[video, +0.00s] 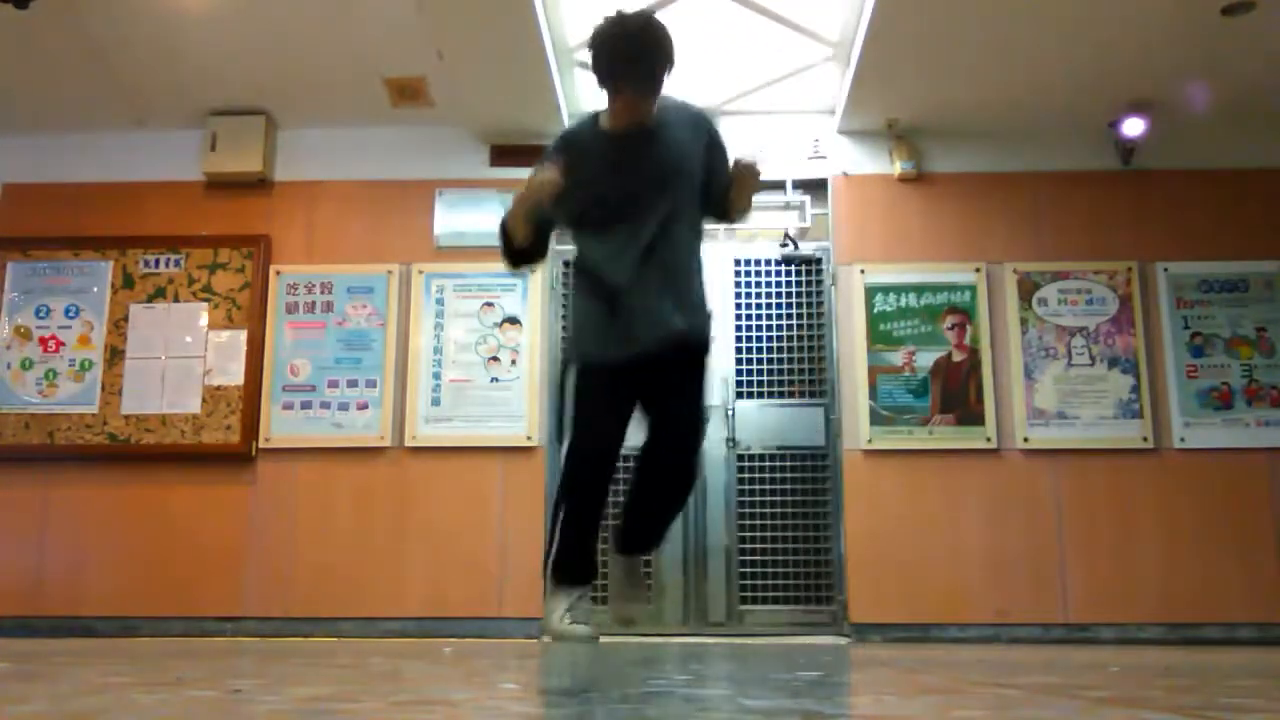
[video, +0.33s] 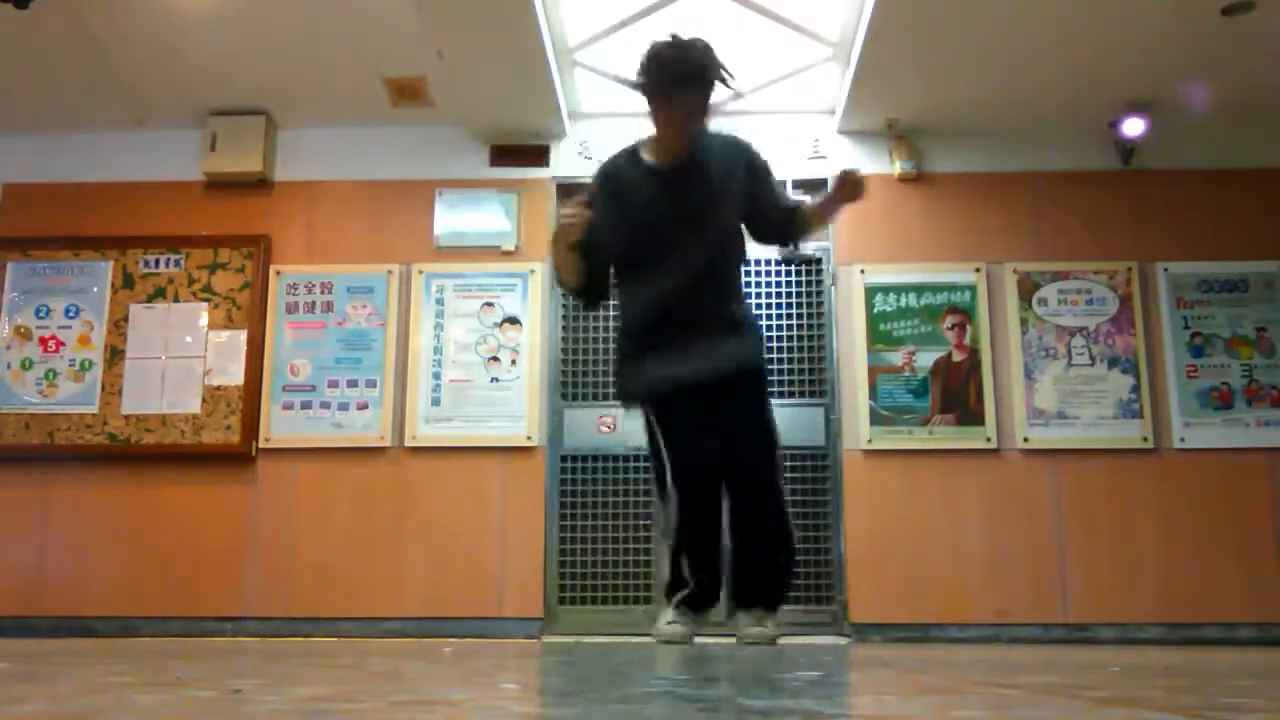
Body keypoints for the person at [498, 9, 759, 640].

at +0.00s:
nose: (640, 105)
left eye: (649, 92)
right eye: (629, 92)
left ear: (662, 79)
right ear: (606, 82)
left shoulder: (691, 130)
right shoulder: (575, 147)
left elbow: (719, 205)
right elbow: (520, 249)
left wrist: (738, 192)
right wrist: (531, 201)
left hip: (677, 320)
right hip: (601, 325)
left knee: (678, 451)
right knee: (593, 452)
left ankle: (633, 549)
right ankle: (569, 588)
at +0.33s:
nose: (692, 121)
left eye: (699, 108)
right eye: (682, 109)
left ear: (709, 103)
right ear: (654, 105)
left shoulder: (733, 160)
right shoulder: (616, 178)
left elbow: (777, 227)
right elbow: (591, 288)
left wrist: (831, 202)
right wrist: (568, 243)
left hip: (730, 348)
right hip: (657, 357)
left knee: (755, 479)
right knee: (688, 484)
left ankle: (757, 606)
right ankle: (687, 603)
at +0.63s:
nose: (718, 92)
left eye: (731, 80)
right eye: (713, 76)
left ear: (745, 73)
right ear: (690, 56)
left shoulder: (755, 128)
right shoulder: (629, 104)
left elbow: (817, 190)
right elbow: (546, 136)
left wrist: (856, 140)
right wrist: (515, 100)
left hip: (693, 304)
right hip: (615, 295)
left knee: (687, 435)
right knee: (624, 426)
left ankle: (656, 573)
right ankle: (612, 572)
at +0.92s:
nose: (703, 97)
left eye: (717, 85)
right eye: (694, 82)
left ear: (736, 81)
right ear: (678, 72)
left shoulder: (757, 143)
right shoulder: (631, 133)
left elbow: (828, 195)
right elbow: (543, 146)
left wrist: (856, 144)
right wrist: (517, 88)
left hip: (712, 335)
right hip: (638, 329)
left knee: (686, 464)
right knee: (632, 451)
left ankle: (642, 591)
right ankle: (601, 584)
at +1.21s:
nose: (738, 96)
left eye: (749, 82)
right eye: (726, 81)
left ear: (764, 81)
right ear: (705, 78)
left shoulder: (786, 147)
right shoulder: (672, 170)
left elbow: (834, 193)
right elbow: (617, 242)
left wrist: (912, 176)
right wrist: (585, 280)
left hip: (795, 343)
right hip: (715, 353)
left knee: (813, 470)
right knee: (721, 478)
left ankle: (799, 604)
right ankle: (720, 598)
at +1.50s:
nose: (768, 48)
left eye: (781, 36)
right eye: (759, 33)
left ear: (794, 34)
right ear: (738, 25)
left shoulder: (806, 88)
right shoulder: (695, 94)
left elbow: (859, 143)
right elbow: (682, 170)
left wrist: (872, 124)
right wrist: (764, 164)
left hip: (803, 258)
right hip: (725, 254)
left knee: (813, 409)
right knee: (800, 312)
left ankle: (784, 565)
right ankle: (821, 480)